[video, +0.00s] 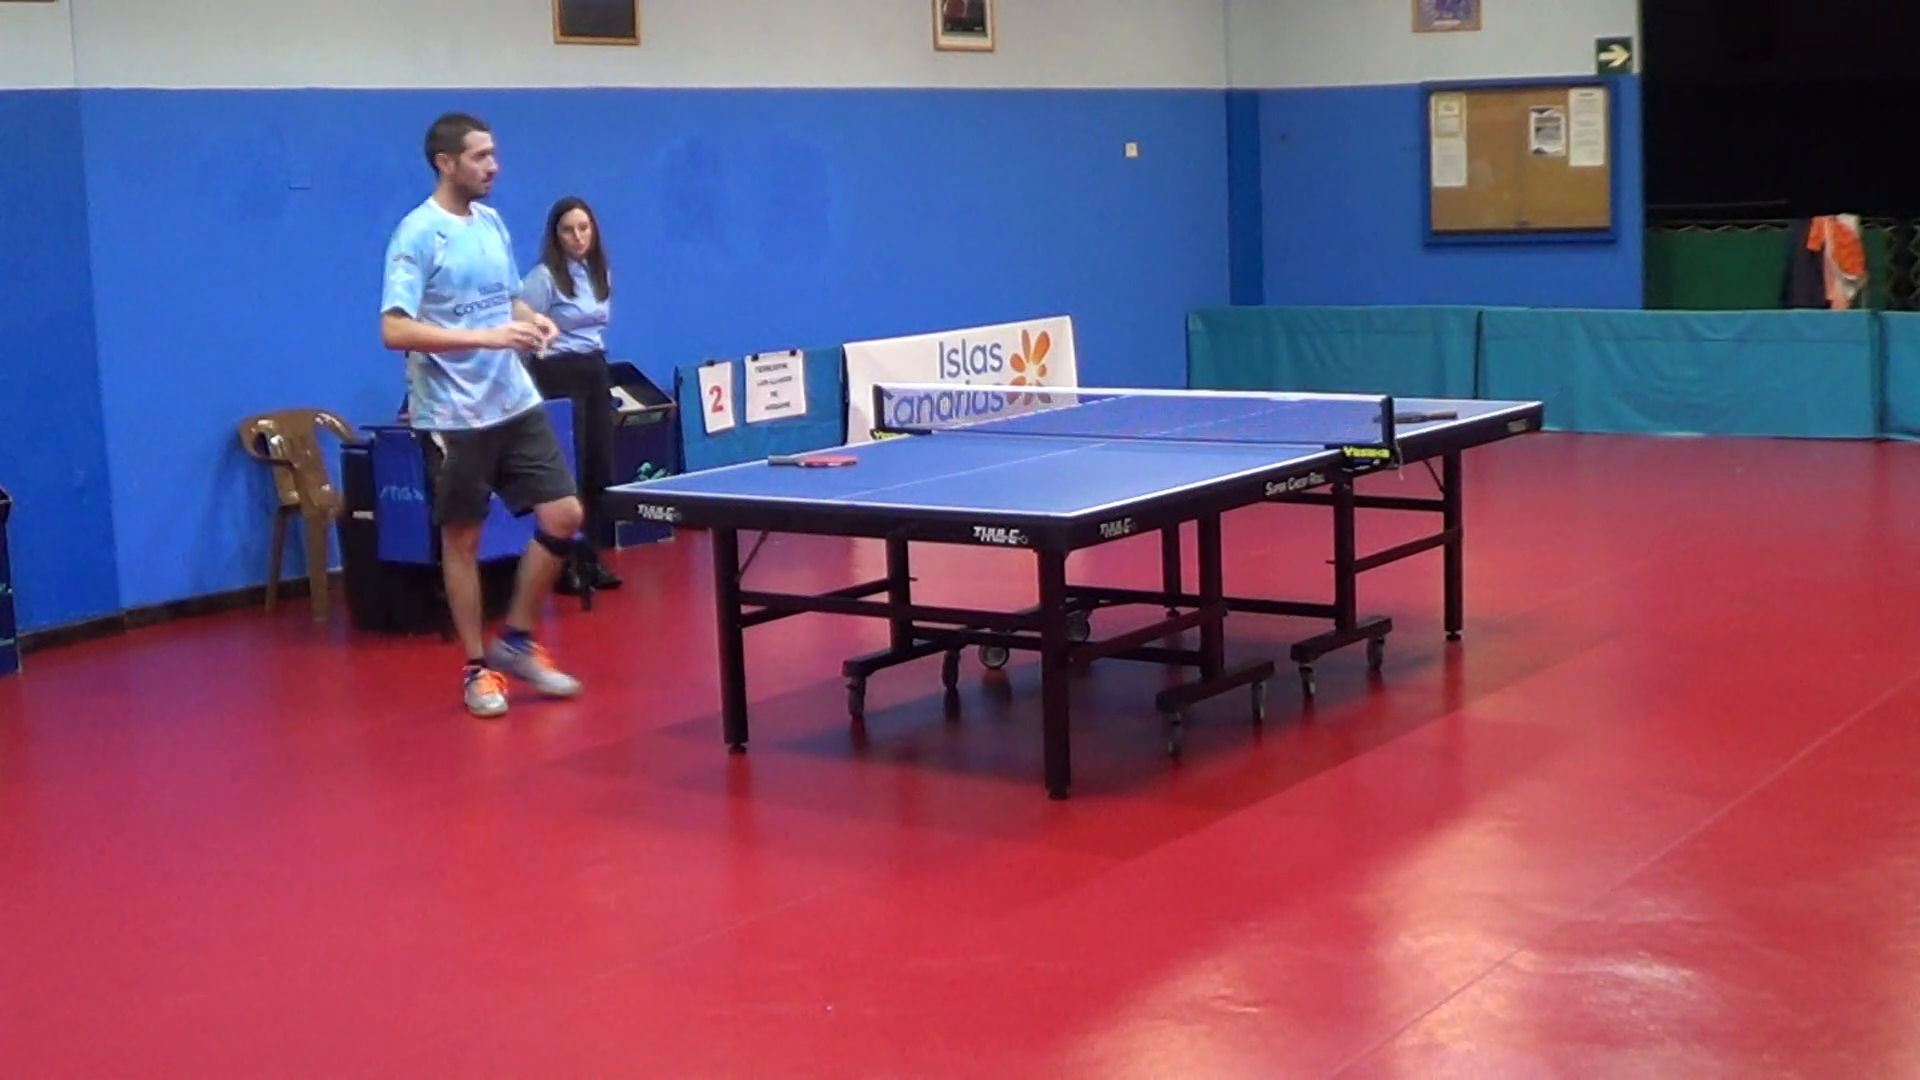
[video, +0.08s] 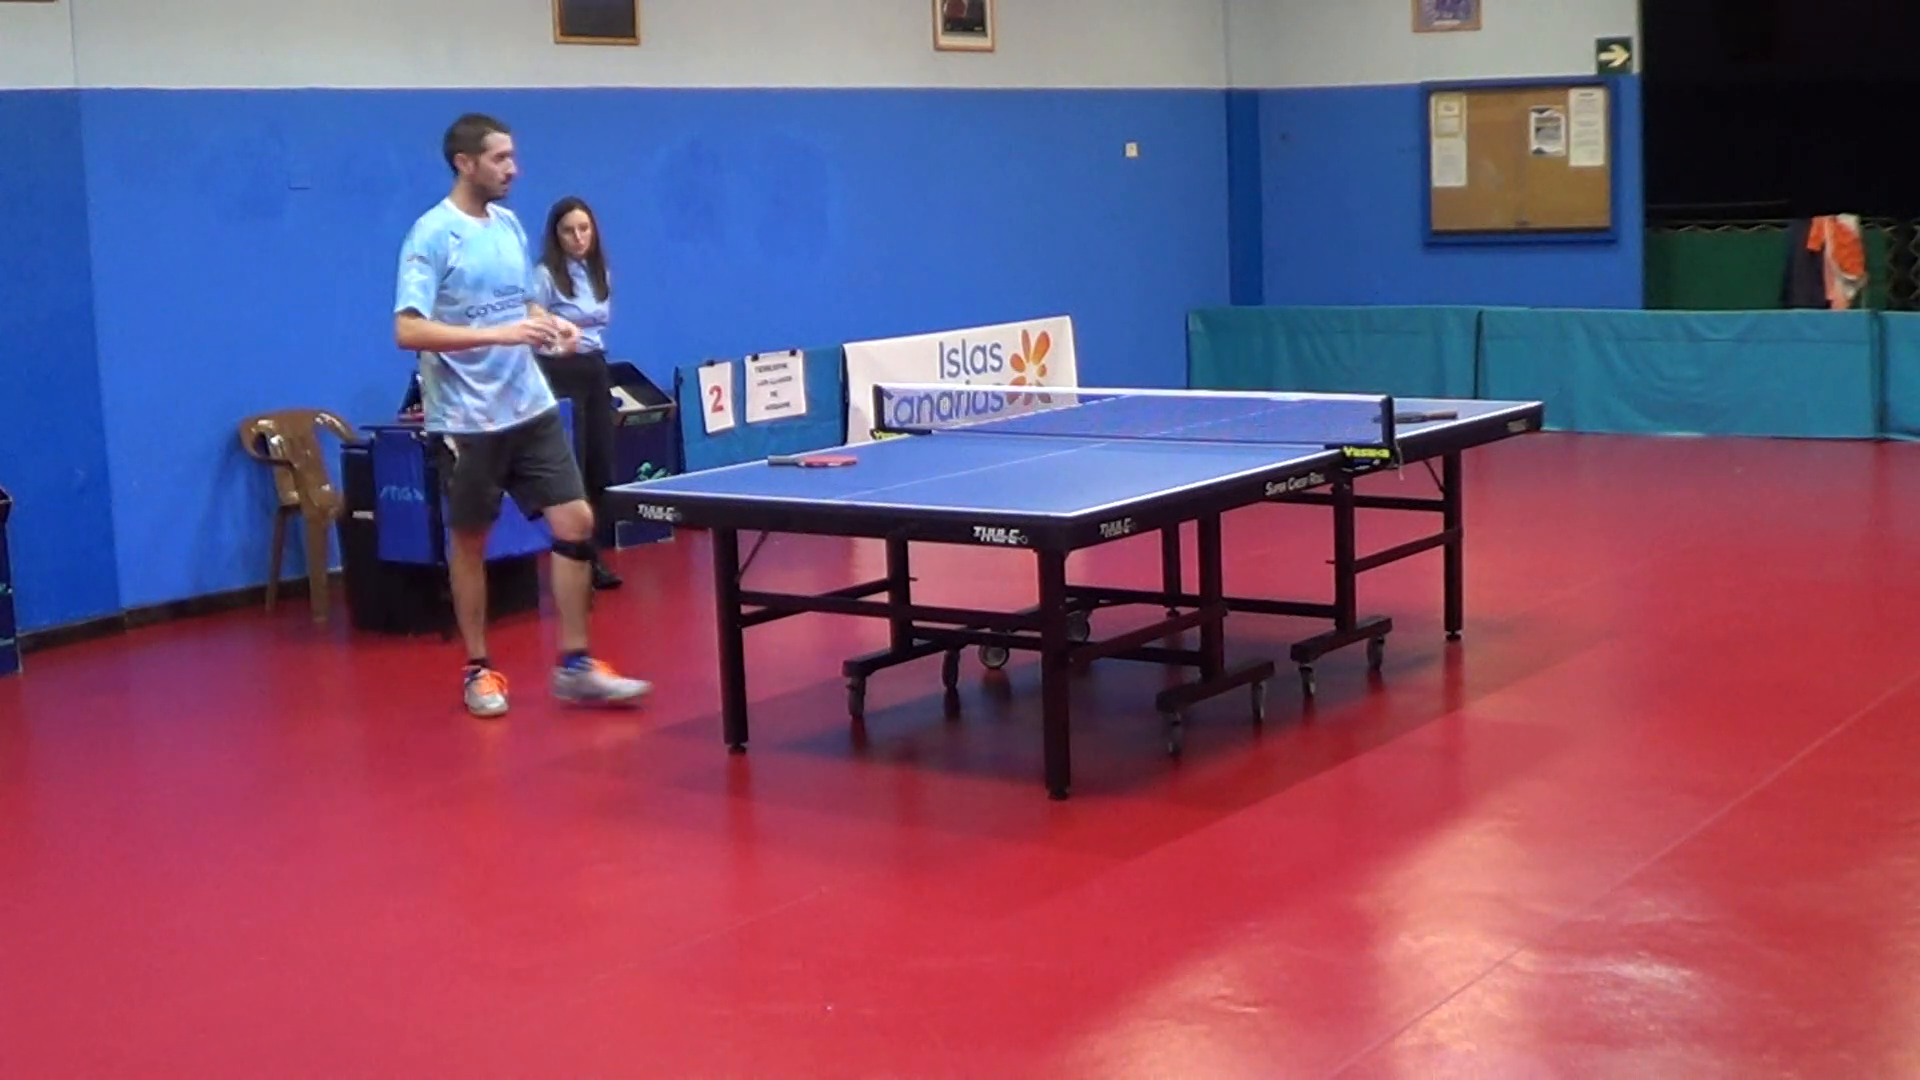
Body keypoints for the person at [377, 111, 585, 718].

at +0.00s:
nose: (492, 165)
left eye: (493, 155)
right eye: (481, 156)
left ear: (483, 161)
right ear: (444, 163)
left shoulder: (491, 221)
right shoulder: (415, 234)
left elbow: (504, 298)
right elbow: (395, 330)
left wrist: (527, 319)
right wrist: (488, 338)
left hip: (514, 403)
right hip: (454, 417)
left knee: (563, 516)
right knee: (462, 538)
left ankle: (517, 641)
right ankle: (476, 668)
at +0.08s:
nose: (511, 167)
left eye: (512, 156)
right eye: (500, 157)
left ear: (496, 162)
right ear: (464, 163)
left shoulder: (509, 224)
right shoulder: (430, 235)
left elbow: (520, 309)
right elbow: (408, 330)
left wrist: (550, 328)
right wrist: (500, 334)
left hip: (530, 407)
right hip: (466, 421)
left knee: (575, 522)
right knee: (469, 541)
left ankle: (575, 664)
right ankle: (479, 669)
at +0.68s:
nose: (686, 185)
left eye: (690, 174)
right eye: (679, 172)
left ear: (673, 169)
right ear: (641, 161)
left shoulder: (682, 232)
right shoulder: (572, 218)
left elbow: (705, 327)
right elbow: (504, 289)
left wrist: (747, 410)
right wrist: (546, 340)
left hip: (665, 417)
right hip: (589, 415)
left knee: (668, 548)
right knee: (582, 551)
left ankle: (673, 690)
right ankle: (582, 656)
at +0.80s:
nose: (704, 189)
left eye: (710, 179)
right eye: (698, 176)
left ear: (690, 171)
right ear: (664, 162)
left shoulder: (696, 234)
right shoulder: (587, 214)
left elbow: (716, 332)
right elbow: (516, 280)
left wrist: (758, 419)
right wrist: (559, 334)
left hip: (672, 417)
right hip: (597, 412)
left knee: (664, 548)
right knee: (593, 550)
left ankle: (672, 690)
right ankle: (624, 672)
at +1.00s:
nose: (717, 191)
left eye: (722, 181)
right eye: (712, 178)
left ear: (696, 170)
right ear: (678, 162)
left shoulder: (703, 237)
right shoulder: (596, 211)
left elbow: (719, 335)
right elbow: (519, 276)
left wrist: (760, 421)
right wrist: (565, 329)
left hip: (674, 419)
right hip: (599, 413)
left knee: (666, 549)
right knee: (582, 548)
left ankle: (673, 691)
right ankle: (603, 659)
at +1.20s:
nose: (697, 186)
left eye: (702, 174)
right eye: (692, 172)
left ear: (674, 166)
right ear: (657, 159)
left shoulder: (684, 233)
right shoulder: (582, 214)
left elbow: (696, 328)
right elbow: (503, 285)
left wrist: (751, 387)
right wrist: (564, 332)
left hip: (668, 417)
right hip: (596, 416)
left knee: (664, 549)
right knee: (577, 552)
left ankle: (672, 691)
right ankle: (544, 671)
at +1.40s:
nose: (650, 183)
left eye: (654, 171)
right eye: (644, 170)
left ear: (630, 166)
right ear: (605, 159)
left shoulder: (637, 228)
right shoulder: (542, 221)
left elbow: (635, 319)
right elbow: (486, 306)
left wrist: (683, 335)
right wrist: (575, 317)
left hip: (640, 418)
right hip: (569, 422)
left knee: (649, 551)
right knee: (550, 554)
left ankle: (670, 692)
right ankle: (528, 690)